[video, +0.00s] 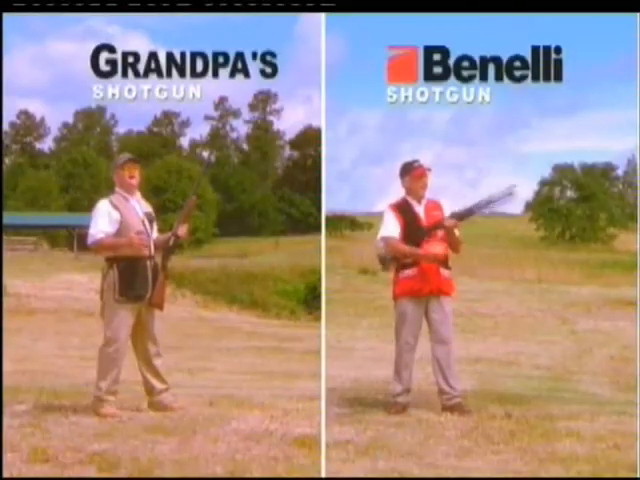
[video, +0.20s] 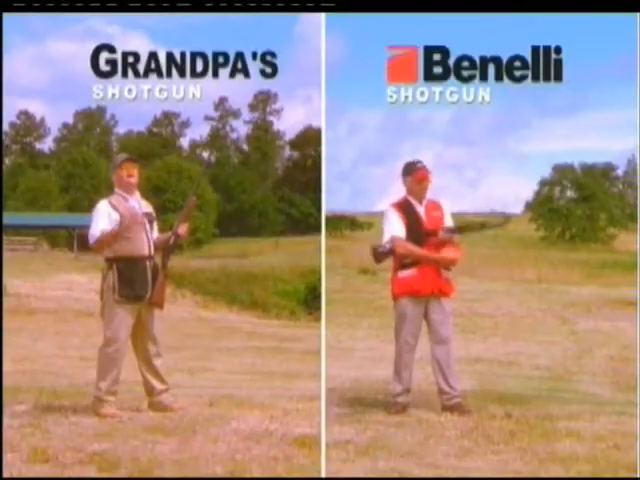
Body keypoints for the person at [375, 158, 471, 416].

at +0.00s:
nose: (423, 183)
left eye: (425, 178)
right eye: (417, 178)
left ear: (428, 180)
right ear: (405, 182)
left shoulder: (437, 208)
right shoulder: (395, 211)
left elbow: (456, 248)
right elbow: (389, 245)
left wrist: (451, 231)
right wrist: (425, 254)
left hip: (438, 277)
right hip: (409, 279)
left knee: (443, 339)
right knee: (406, 341)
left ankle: (451, 396)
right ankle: (400, 395)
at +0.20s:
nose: (425, 186)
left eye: (427, 181)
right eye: (420, 181)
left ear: (429, 181)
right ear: (407, 182)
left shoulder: (439, 208)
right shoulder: (395, 211)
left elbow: (451, 240)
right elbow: (399, 247)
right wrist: (438, 257)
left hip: (436, 278)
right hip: (409, 280)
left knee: (443, 340)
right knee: (406, 342)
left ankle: (451, 396)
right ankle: (400, 395)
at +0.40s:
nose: (426, 186)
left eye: (429, 181)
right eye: (421, 182)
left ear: (432, 182)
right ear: (408, 182)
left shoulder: (440, 208)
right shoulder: (396, 211)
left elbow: (456, 247)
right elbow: (400, 247)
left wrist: (441, 254)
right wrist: (435, 254)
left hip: (436, 278)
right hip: (409, 280)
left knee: (443, 340)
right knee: (406, 342)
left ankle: (451, 397)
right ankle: (400, 395)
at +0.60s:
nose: (428, 186)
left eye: (431, 182)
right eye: (423, 181)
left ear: (433, 182)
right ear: (410, 181)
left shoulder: (438, 209)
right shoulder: (396, 211)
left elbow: (459, 239)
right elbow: (399, 249)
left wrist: (451, 250)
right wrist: (434, 256)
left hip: (437, 280)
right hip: (409, 281)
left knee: (443, 341)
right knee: (406, 343)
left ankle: (451, 397)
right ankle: (401, 396)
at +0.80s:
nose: (431, 190)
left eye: (434, 185)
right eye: (427, 184)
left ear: (436, 185)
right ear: (414, 182)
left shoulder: (438, 209)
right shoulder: (397, 210)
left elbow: (470, 228)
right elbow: (399, 249)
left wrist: (458, 201)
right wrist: (435, 260)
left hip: (436, 282)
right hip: (409, 283)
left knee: (442, 341)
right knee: (406, 343)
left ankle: (451, 397)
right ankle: (400, 397)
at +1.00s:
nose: (433, 190)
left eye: (436, 185)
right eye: (430, 184)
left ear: (437, 185)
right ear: (416, 182)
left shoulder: (439, 210)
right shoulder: (397, 210)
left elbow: (473, 217)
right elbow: (398, 248)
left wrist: (458, 190)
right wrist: (435, 258)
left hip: (437, 282)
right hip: (409, 282)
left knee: (443, 340)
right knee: (406, 343)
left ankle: (451, 397)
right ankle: (401, 397)